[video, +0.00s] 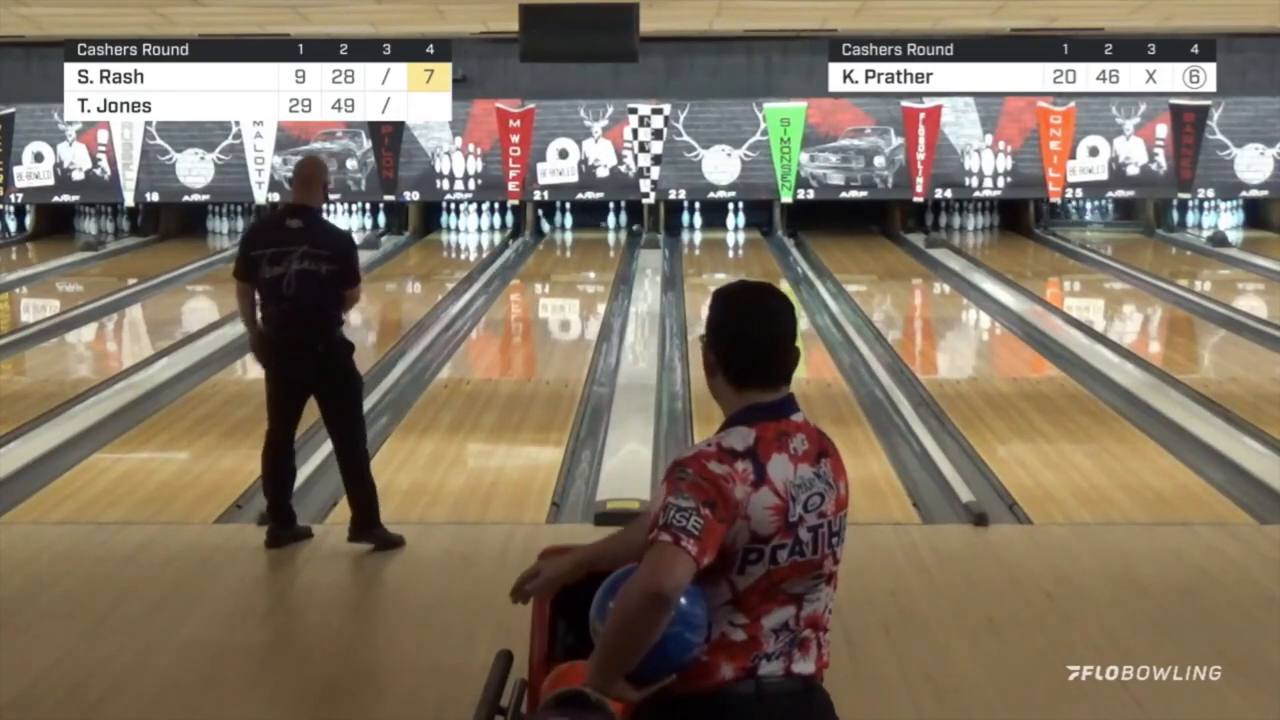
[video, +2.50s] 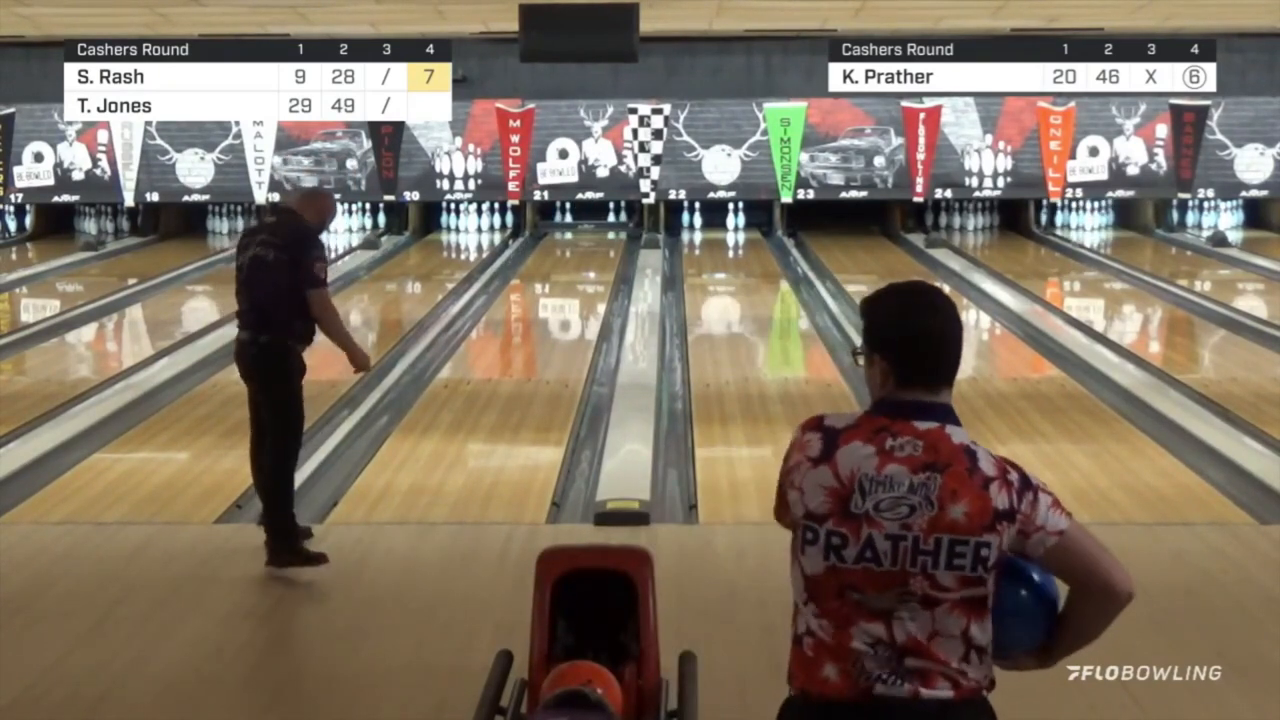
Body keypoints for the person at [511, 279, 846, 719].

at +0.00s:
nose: (702, 354)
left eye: (703, 343)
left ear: (710, 359)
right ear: (794, 358)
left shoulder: (709, 469)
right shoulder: (823, 452)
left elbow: (661, 587)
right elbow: (675, 519)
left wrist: (601, 681)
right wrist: (579, 560)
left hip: (708, 698)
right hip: (803, 693)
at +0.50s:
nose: (705, 350)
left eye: (706, 341)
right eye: (707, 340)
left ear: (712, 355)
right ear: (795, 359)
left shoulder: (706, 467)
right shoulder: (822, 453)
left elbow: (657, 582)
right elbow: (673, 522)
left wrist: (598, 678)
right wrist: (571, 565)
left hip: (706, 701)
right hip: (802, 695)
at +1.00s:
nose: (699, 348)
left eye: (701, 338)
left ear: (706, 353)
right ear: (792, 358)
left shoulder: (677, 466)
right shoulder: (837, 461)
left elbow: (615, 578)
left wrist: (579, 674)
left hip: (700, 696)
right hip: (817, 695)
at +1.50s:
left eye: (777, 345)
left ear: (778, 355)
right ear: (868, 360)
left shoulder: (726, 473)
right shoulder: (911, 467)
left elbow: (653, 602)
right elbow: (946, 586)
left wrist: (726, 616)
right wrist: (861, 590)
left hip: (746, 701)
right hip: (868, 700)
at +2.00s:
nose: (844, 366)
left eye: (845, 356)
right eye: (846, 354)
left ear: (855, 365)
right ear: (935, 363)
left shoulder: (800, 448)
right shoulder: (985, 486)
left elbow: (758, 508)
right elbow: (1045, 625)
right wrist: (971, 664)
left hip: (805, 700)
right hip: (933, 706)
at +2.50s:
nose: (864, 367)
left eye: (865, 356)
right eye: (866, 355)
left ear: (877, 367)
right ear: (953, 365)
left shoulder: (816, 448)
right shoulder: (996, 481)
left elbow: (788, 513)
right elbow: (1109, 586)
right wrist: (1046, 650)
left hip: (823, 699)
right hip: (951, 702)